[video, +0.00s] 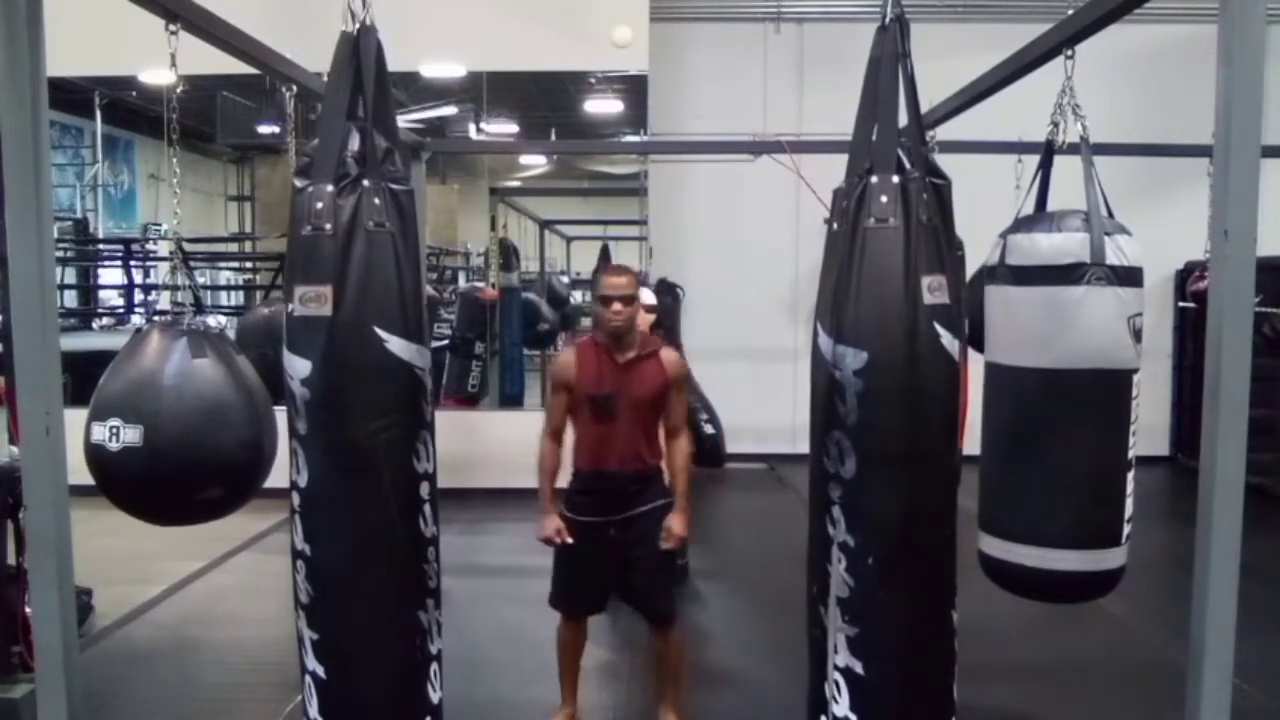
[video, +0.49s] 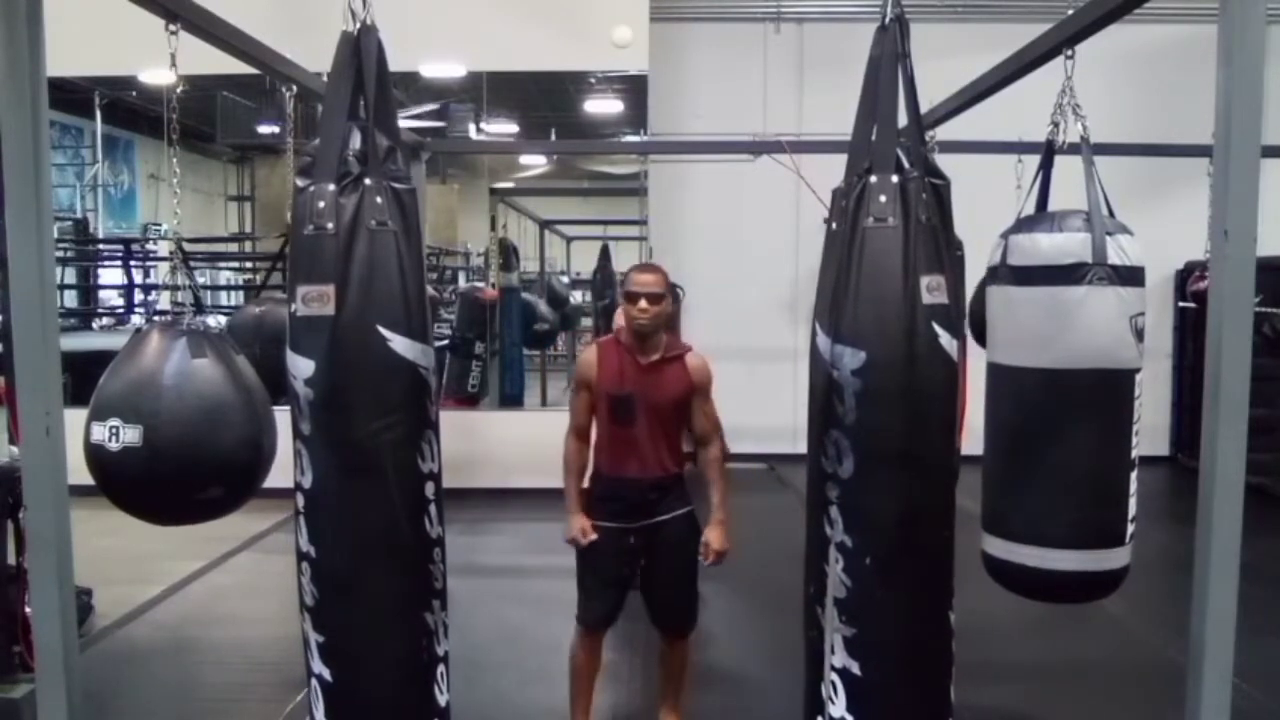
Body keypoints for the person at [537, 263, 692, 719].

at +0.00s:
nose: (616, 310)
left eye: (625, 301)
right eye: (606, 301)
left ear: (640, 305)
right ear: (594, 306)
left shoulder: (667, 363)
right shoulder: (569, 364)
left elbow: (678, 433)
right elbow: (552, 436)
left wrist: (681, 507)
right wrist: (549, 507)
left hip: (647, 499)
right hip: (585, 499)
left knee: (663, 615)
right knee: (573, 612)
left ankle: (668, 706)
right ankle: (568, 705)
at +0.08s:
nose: (624, 309)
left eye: (635, 301)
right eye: (615, 300)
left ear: (649, 306)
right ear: (601, 304)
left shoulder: (673, 363)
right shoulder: (577, 361)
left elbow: (683, 436)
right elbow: (560, 434)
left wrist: (687, 508)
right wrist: (553, 505)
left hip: (653, 498)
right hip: (592, 497)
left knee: (668, 615)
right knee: (575, 611)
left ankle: (670, 706)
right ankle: (568, 705)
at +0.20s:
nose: (644, 307)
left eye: (655, 299)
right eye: (635, 298)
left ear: (671, 305)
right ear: (622, 302)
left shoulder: (690, 365)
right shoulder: (594, 358)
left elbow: (701, 439)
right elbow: (578, 433)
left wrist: (705, 515)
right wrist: (570, 504)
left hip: (667, 501)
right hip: (603, 500)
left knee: (674, 620)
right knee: (579, 614)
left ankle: (670, 708)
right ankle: (572, 704)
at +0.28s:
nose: (648, 305)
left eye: (659, 297)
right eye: (639, 296)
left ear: (675, 303)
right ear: (627, 300)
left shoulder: (695, 363)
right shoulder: (597, 357)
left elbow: (710, 438)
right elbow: (584, 431)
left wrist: (712, 514)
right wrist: (577, 503)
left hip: (669, 502)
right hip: (606, 502)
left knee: (675, 621)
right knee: (583, 614)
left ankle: (670, 707)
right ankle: (580, 706)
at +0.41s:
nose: (647, 306)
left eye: (659, 299)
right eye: (638, 297)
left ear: (676, 304)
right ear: (626, 301)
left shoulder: (696, 365)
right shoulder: (598, 358)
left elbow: (712, 440)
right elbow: (584, 432)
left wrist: (717, 516)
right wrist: (578, 504)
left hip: (671, 505)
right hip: (608, 505)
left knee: (674, 624)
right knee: (587, 620)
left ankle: (670, 708)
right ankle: (580, 712)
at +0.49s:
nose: (642, 307)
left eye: (653, 299)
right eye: (632, 298)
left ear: (671, 304)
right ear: (621, 303)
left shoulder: (692, 366)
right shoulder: (594, 361)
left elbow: (709, 441)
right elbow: (578, 435)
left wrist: (718, 517)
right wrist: (574, 508)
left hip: (670, 507)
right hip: (607, 507)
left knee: (676, 627)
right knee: (591, 626)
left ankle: (670, 709)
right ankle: (580, 714)